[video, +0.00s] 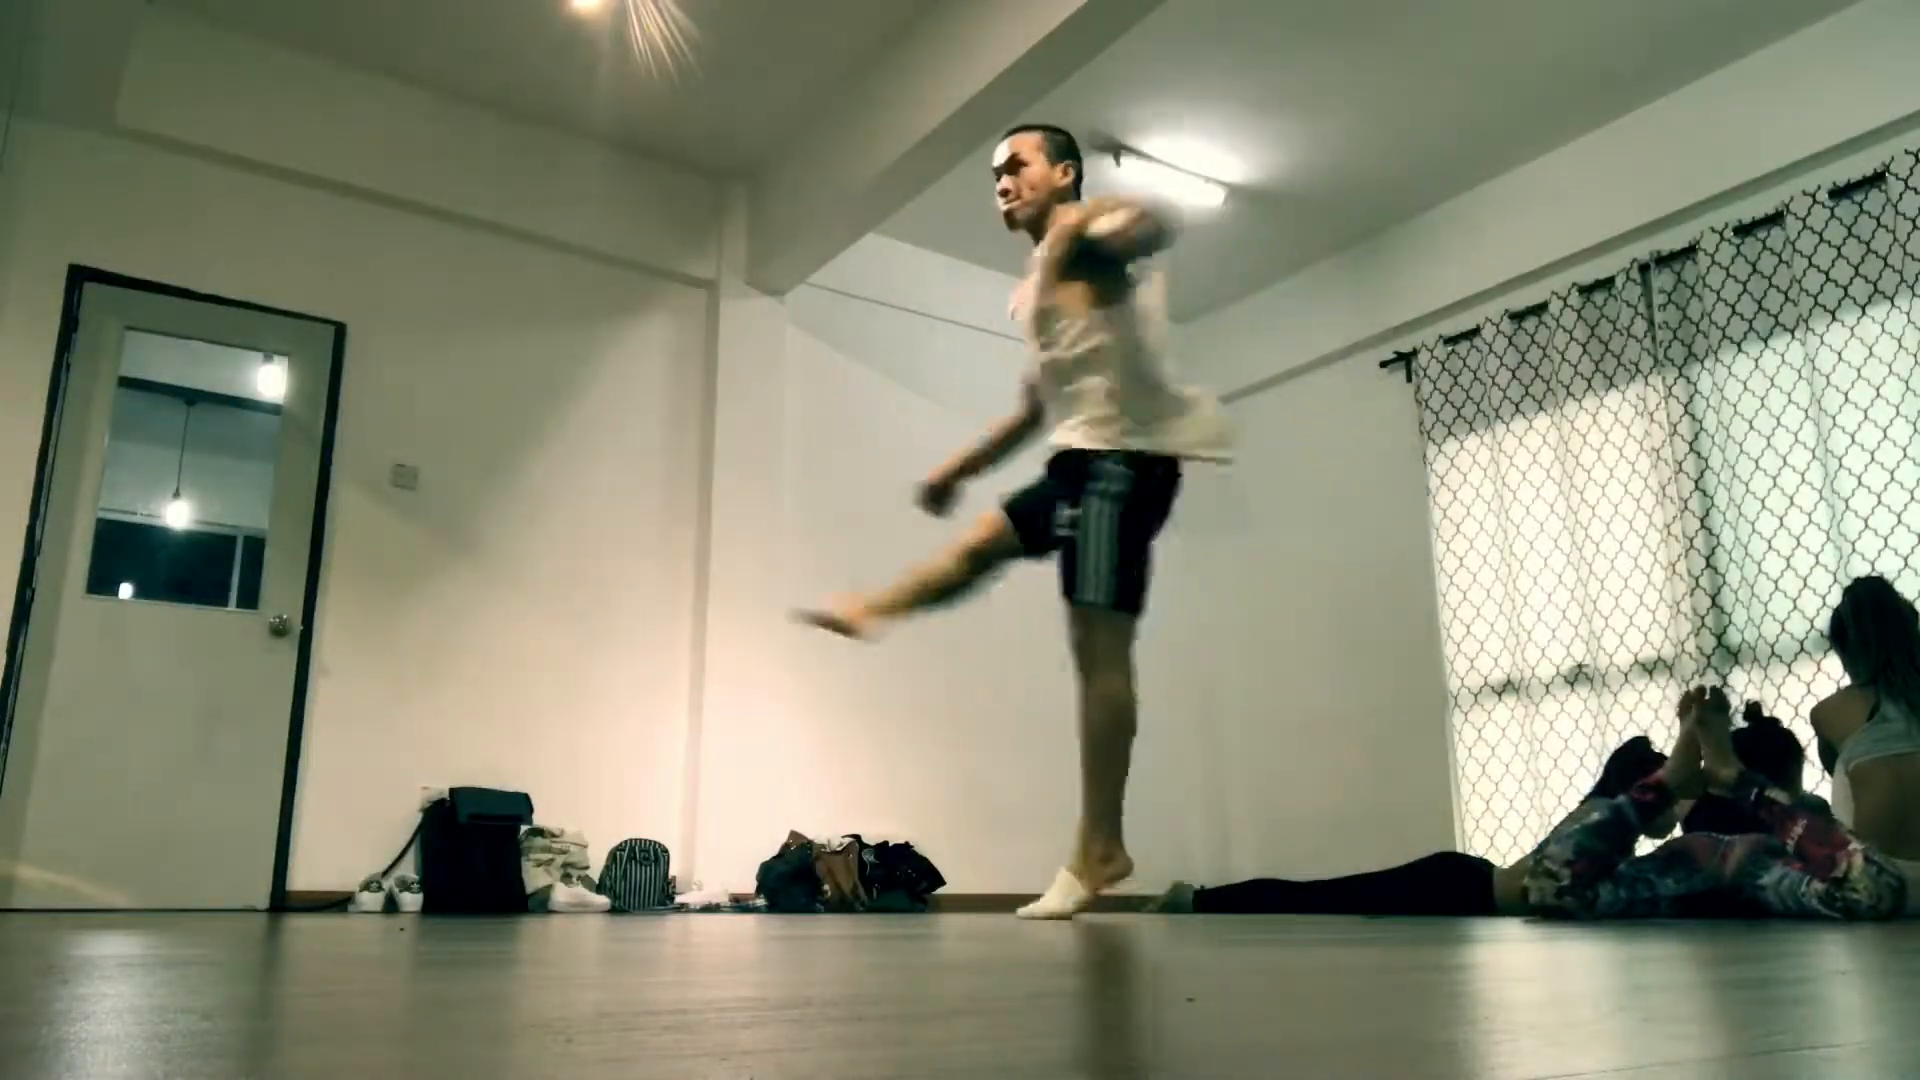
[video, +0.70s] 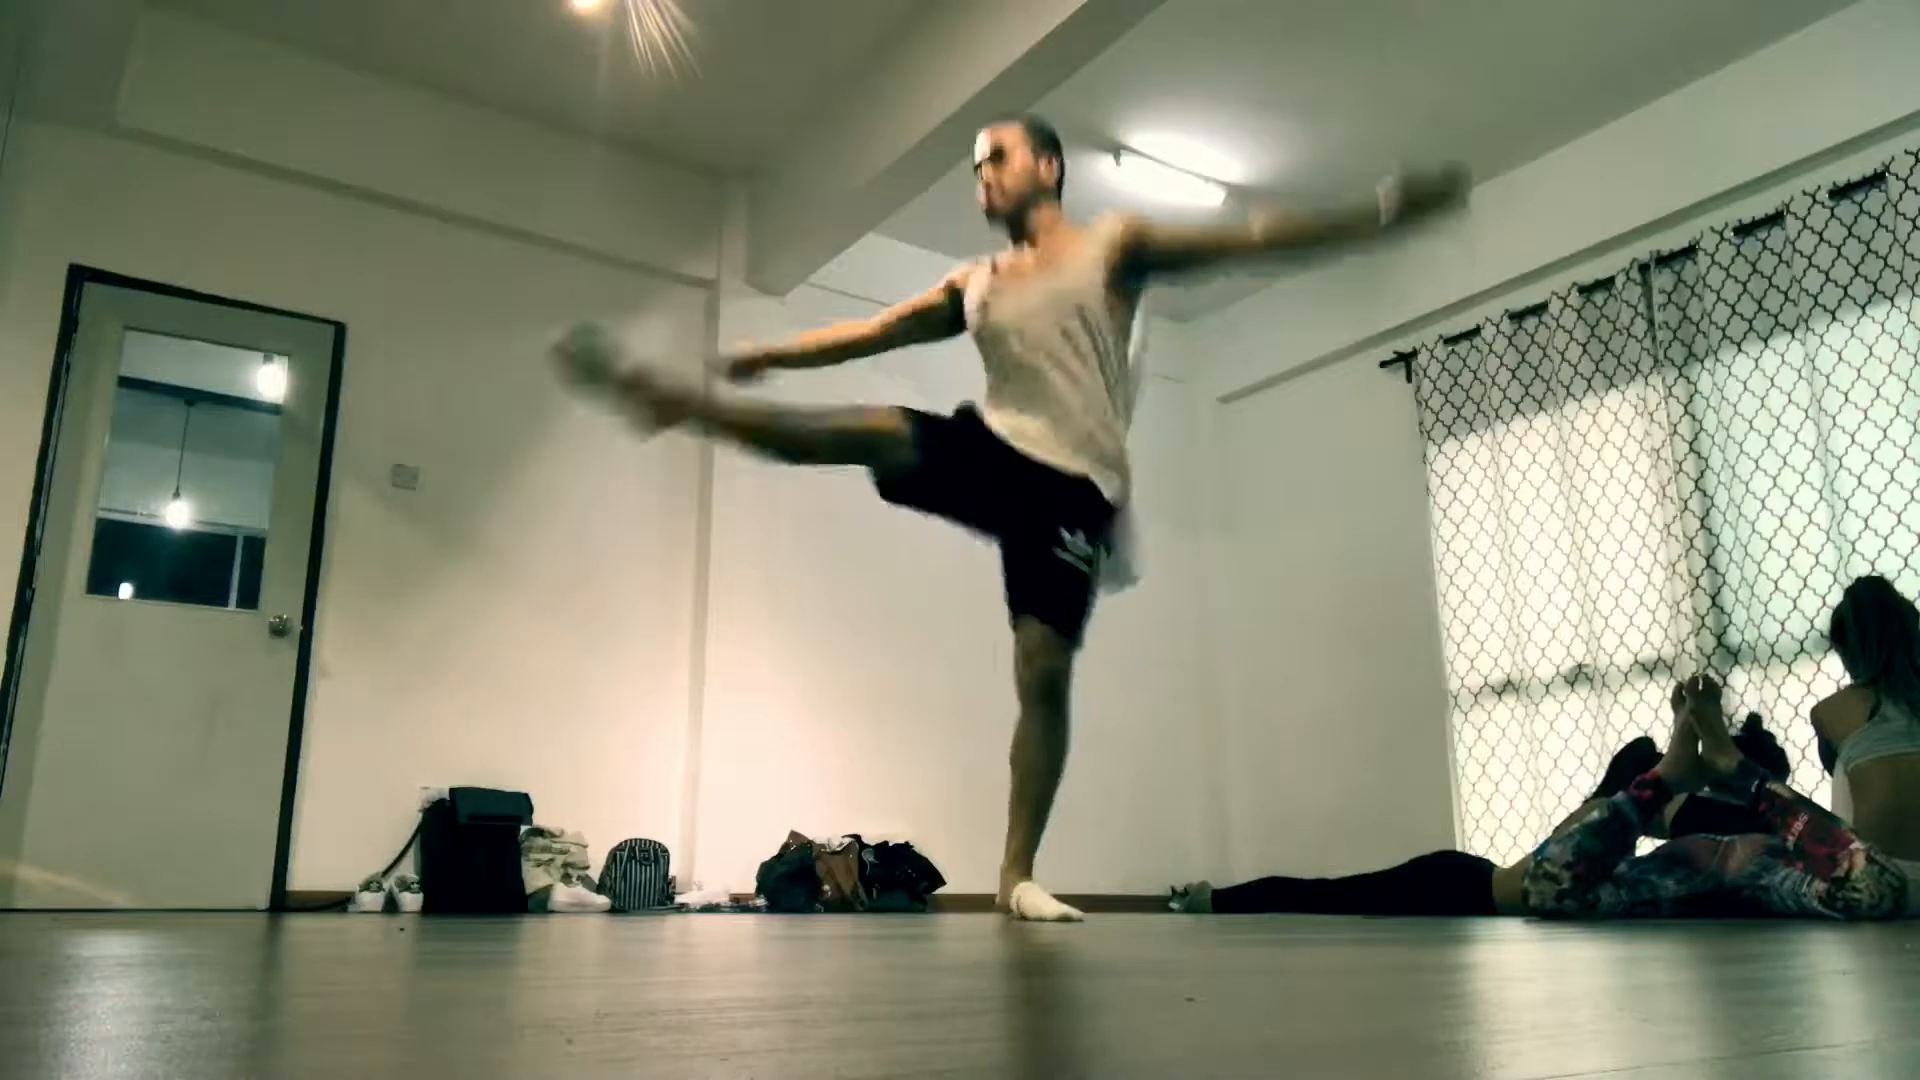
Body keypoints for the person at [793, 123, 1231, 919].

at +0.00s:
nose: (1001, 183)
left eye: (1017, 167)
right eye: (997, 174)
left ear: (1065, 173)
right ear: (1011, 194)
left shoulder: (1093, 224)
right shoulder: (1034, 287)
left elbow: (1157, 222)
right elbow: (1037, 406)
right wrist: (958, 470)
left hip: (1128, 458)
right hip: (1076, 460)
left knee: (1102, 659)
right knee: (982, 543)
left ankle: (1100, 852)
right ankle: (873, 609)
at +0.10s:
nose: (990, 182)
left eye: (1006, 167)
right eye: (989, 171)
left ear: (1055, 179)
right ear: (1051, 190)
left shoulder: (1037, 229)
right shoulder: (1076, 250)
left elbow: (1018, 294)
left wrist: (885, 318)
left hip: (1076, 471)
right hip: (1120, 468)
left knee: (1093, 668)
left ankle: (1108, 863)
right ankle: (1064, 624)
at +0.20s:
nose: (970, 172)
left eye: (983, 156)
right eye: (975, 156)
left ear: (1026, 166)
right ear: (1038, 172)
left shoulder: (971, 240)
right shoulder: (1095, 247)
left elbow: (927, 351)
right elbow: (1189, 335)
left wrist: (899, 395)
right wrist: (1156, 377)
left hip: (1017, 477)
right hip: (1108, 454)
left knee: (1059, 670)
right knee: (1165, 572)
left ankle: (1094, 849)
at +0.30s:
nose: (1042, 180)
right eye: (1046, 166)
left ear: (976, 178)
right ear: (1043, 168)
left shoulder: (938, 262)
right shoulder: (1058, 221)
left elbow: (937, 369)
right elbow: (1158, 259)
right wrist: (1146, 294)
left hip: (979, 468)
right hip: (1074, 432)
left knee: (1026, 657)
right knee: (1223, 546)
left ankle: (1058, 847)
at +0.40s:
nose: (1043, 164)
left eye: (1043, 150)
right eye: (1024, 152)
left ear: (1040, 163)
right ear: (984, 173)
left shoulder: (1017, 260)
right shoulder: (998, 222)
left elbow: (1040, 357)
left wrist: (1107, 333)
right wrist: (1112, 256)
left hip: (988, 458)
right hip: (1036, 426)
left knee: (1038, 645)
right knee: (1199, 506)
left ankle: (1036, 838)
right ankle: (1379, 597)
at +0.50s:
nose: (989, 212)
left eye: (1001, 195)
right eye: (980, 205)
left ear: (1045, 206)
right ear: (978, 224)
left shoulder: (1087, 308)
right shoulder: (968, 278)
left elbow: (1159, 386)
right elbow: (924, 322)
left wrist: (1238, 404)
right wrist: (976, 298)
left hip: (1063, 476)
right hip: (983, 465)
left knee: (1054, 681)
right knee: (1129, 487)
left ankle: (1024, 879)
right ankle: (1253, 482)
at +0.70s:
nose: (983, 172)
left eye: (998, 156)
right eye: (977, 163)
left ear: (1050, 166)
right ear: (984, 184)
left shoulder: (1115, 238)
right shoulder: (977, 282)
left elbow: (1255, 233)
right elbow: (870, 332)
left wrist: (1381, 215)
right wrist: (764, 353)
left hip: (1072, 485)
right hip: (990, 451)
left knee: (1043, 679)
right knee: (847, 431)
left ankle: (1018, 878)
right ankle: (668, 403)